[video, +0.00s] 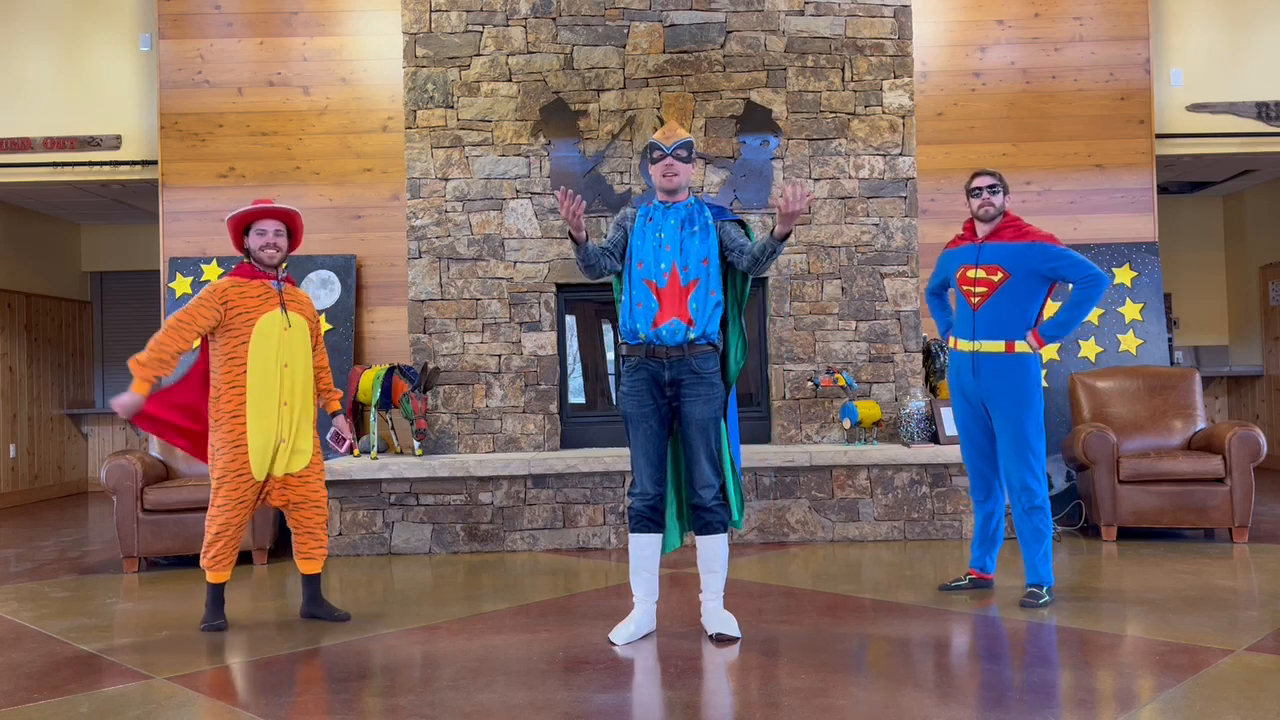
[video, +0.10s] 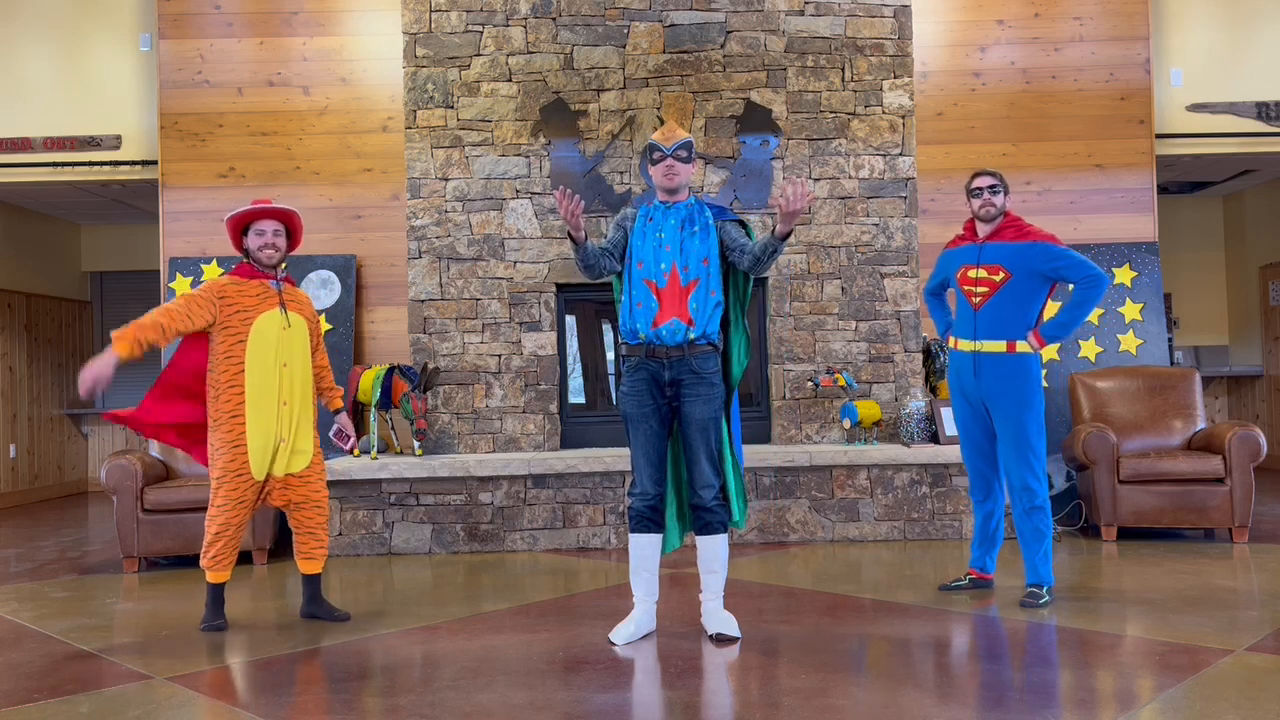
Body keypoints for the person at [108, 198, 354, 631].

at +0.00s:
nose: (270, 241)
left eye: (278, 235)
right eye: (261, 234)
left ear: (288, 245)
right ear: (246, 242)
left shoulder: (300, 300)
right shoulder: (225, 292)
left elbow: (318, 360)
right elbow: (176, 332)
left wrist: (334, 409)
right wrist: (139, 387)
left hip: (295, 422)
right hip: (238, 422)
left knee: (312, 501)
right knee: (229, 507)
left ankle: (313, 598)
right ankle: (214, 605)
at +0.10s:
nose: (269, 240)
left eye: (277, 233)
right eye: (260, 233)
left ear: (287, 243)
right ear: (244, 242)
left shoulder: (300, 301)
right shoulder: (223, 292)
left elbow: (318, 361)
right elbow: (169, 318)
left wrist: (339, 408)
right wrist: (113, 352)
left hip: (294, 424)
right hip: (238, 423)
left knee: (313, 501)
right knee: (229, 506)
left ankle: (313, 598)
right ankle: (215, 606)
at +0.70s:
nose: (259, 241)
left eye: (267, 234)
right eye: (249, 233)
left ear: (278, 243)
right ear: (233, 242)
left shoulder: (290, 298)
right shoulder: (212, 284)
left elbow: (310, 361)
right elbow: (170, 250)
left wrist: (336, 405)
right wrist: (208, 207)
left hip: (289, 422)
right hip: (234, 422)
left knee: (309, 504)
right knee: (224, 510)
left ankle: (312, 598)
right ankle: (214, 605)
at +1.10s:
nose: (258, 240)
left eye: (266, 233)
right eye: (249, 233)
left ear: (277, 243)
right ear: (234, 242)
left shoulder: (291, 298)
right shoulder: (214, 286)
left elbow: (312, 361)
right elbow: (181, 251)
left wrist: (337, 405)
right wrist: (193, 193)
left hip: (288, 420)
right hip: (231, 422)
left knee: (308, 502)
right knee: (223, 510)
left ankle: (312, 597)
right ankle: (214, 603)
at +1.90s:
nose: (257, 240)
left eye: (266, 234)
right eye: (248, 233)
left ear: (278, 243)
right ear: (233, 242)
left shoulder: (291, 299)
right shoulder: (209, 286)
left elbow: (312, 359)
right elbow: (157, 260)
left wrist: (336, 408)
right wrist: (189, 214)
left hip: (289, 421)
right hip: (231, 421)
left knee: (309, 503)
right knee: (223, 508)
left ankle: (312, 598)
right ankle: (214, 605)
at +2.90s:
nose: (273, 252)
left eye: (277, 244)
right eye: (264, 244)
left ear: (280, 247)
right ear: (240, 246)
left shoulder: (275, 297)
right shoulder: (221, 289)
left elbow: (286, 366)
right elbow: (196, 271)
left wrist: (297, 422)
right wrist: (242, 236)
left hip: (287, 416)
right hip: (239, 418)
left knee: (309, 495)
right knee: (230, 503)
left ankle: (312, 598)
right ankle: (214, 605)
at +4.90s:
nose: (278, 238)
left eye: (286, 232)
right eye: (268, 232)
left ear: (297, 241)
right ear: (254, 241)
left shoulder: (314, 299)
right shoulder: (231, 293)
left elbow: (335, 360)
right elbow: (209, 356)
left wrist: (350, 416)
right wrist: (232, 410)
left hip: (308, 426)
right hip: (251, 424)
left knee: (317, 509)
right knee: (239, 512)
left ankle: (321, 600)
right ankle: (229, 605)